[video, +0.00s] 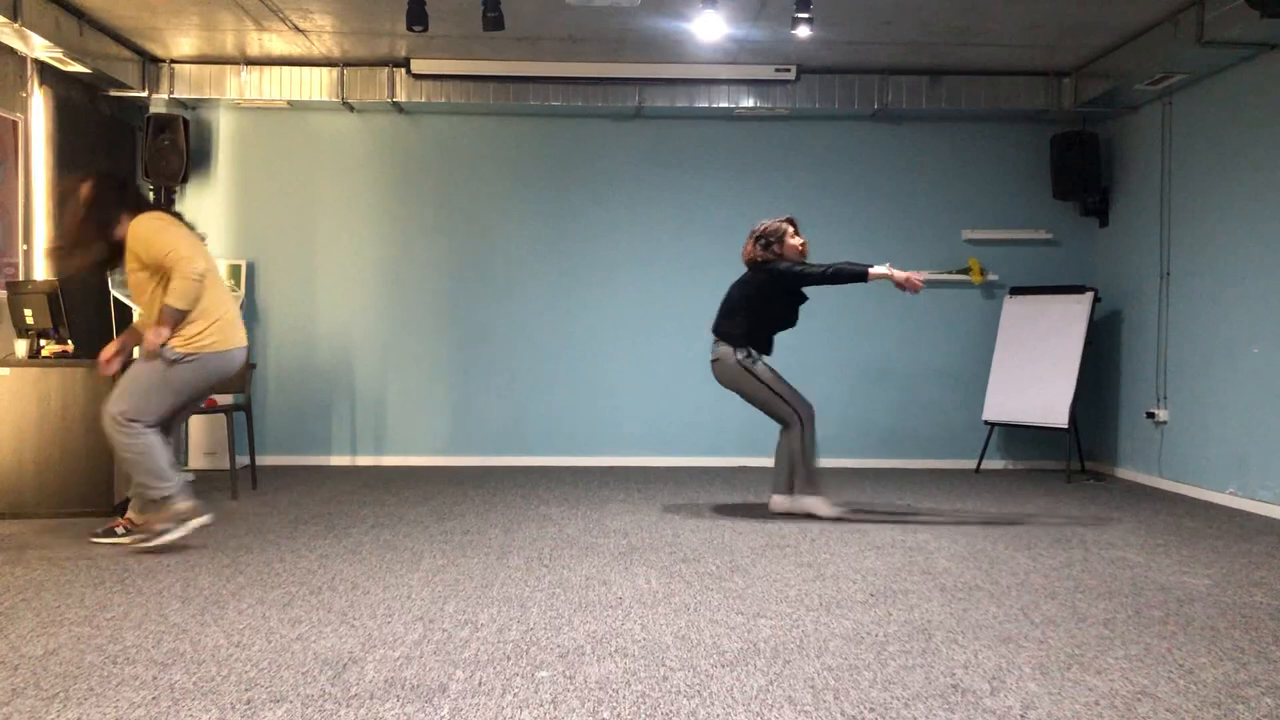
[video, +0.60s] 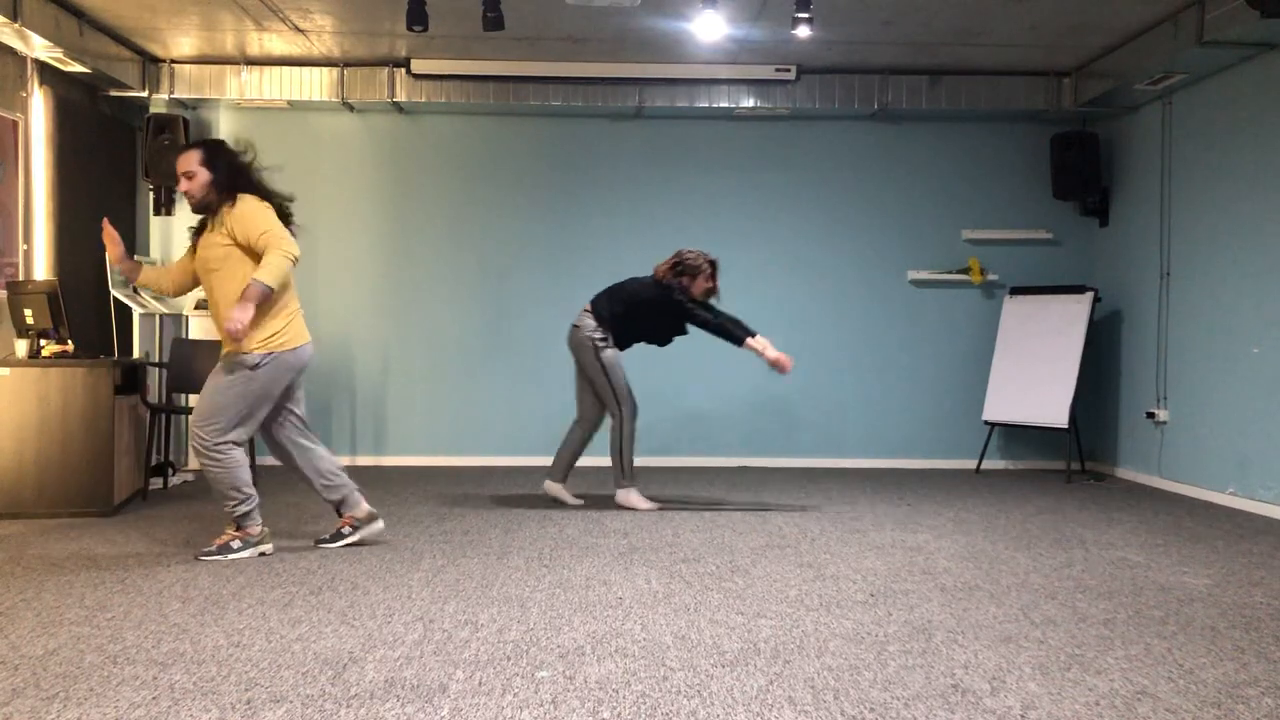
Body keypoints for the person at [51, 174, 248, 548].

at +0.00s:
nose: (90, 229)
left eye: (89, 218)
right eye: (88, 219)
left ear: (105, 216)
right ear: (122, 206)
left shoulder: (145, 227)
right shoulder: (143, 239)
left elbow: (192, 265)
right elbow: (159, 310)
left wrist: (165, 324)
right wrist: (125, 342)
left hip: (205, 345)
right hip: (208, 346)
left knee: (122, 415)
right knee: (149, 424)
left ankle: (175, 504)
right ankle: (143, 516)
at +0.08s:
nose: (99, 200)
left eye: (103, 189)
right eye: (98, 190)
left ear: (121, 189)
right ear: (140, 185)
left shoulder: (157, 217)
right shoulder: (159, 220)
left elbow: (200, 260)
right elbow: (180, 290)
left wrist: (176, 317)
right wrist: (148, 326)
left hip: (215, 343)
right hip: (213, 341)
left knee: (156, 424)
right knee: (165, 423)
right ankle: (144, 517)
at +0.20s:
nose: (147, 179)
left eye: (152, 171)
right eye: (150, 169)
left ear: (165, 177)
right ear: (197, 173)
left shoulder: (187, 215)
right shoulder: (218, 213)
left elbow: (215, 271)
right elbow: (233, 280)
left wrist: (177, 311)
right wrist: (187, 322)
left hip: (233, 343)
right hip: (247, 338)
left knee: (222, 441)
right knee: (172, 407)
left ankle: (275, 527)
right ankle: (182, 505)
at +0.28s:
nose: (164, 164)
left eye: (172, 156)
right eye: (167, 155)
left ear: (191, 162)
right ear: (209, 163)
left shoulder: (204, 208)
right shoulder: (224, 206)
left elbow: (222, 272)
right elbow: (224, 280)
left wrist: (186, 319)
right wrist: (174, 299)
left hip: (240, 338)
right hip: (251, 333)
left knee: (229, 438)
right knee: (185, 406)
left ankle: (276, 526)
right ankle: (246, 492)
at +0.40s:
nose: (193, 166)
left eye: (200, 157)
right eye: (194, 157)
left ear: (220, 159)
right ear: (232, 160)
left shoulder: (228, 202)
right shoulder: (242, 202)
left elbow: (249, 258)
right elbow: (213, 269)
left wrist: (210, 301)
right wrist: (154, 260)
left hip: (249, 339)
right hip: (276, 335)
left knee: (223, 436)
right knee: (276, 432)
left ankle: (272, 525)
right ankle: (349, 508)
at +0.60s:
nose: (182, 186)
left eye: (190, 176)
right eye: (179, 178)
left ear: (217, 174)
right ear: (199, 183)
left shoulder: (244, 208)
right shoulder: (210, 234)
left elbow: (283, 250)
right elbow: (174, 282)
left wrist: (247, 301)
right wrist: (126, 264)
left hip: (265, 348)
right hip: (269, 348)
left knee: (211, 431)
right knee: (287, 432)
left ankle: (248, 528)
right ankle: (357, 513)